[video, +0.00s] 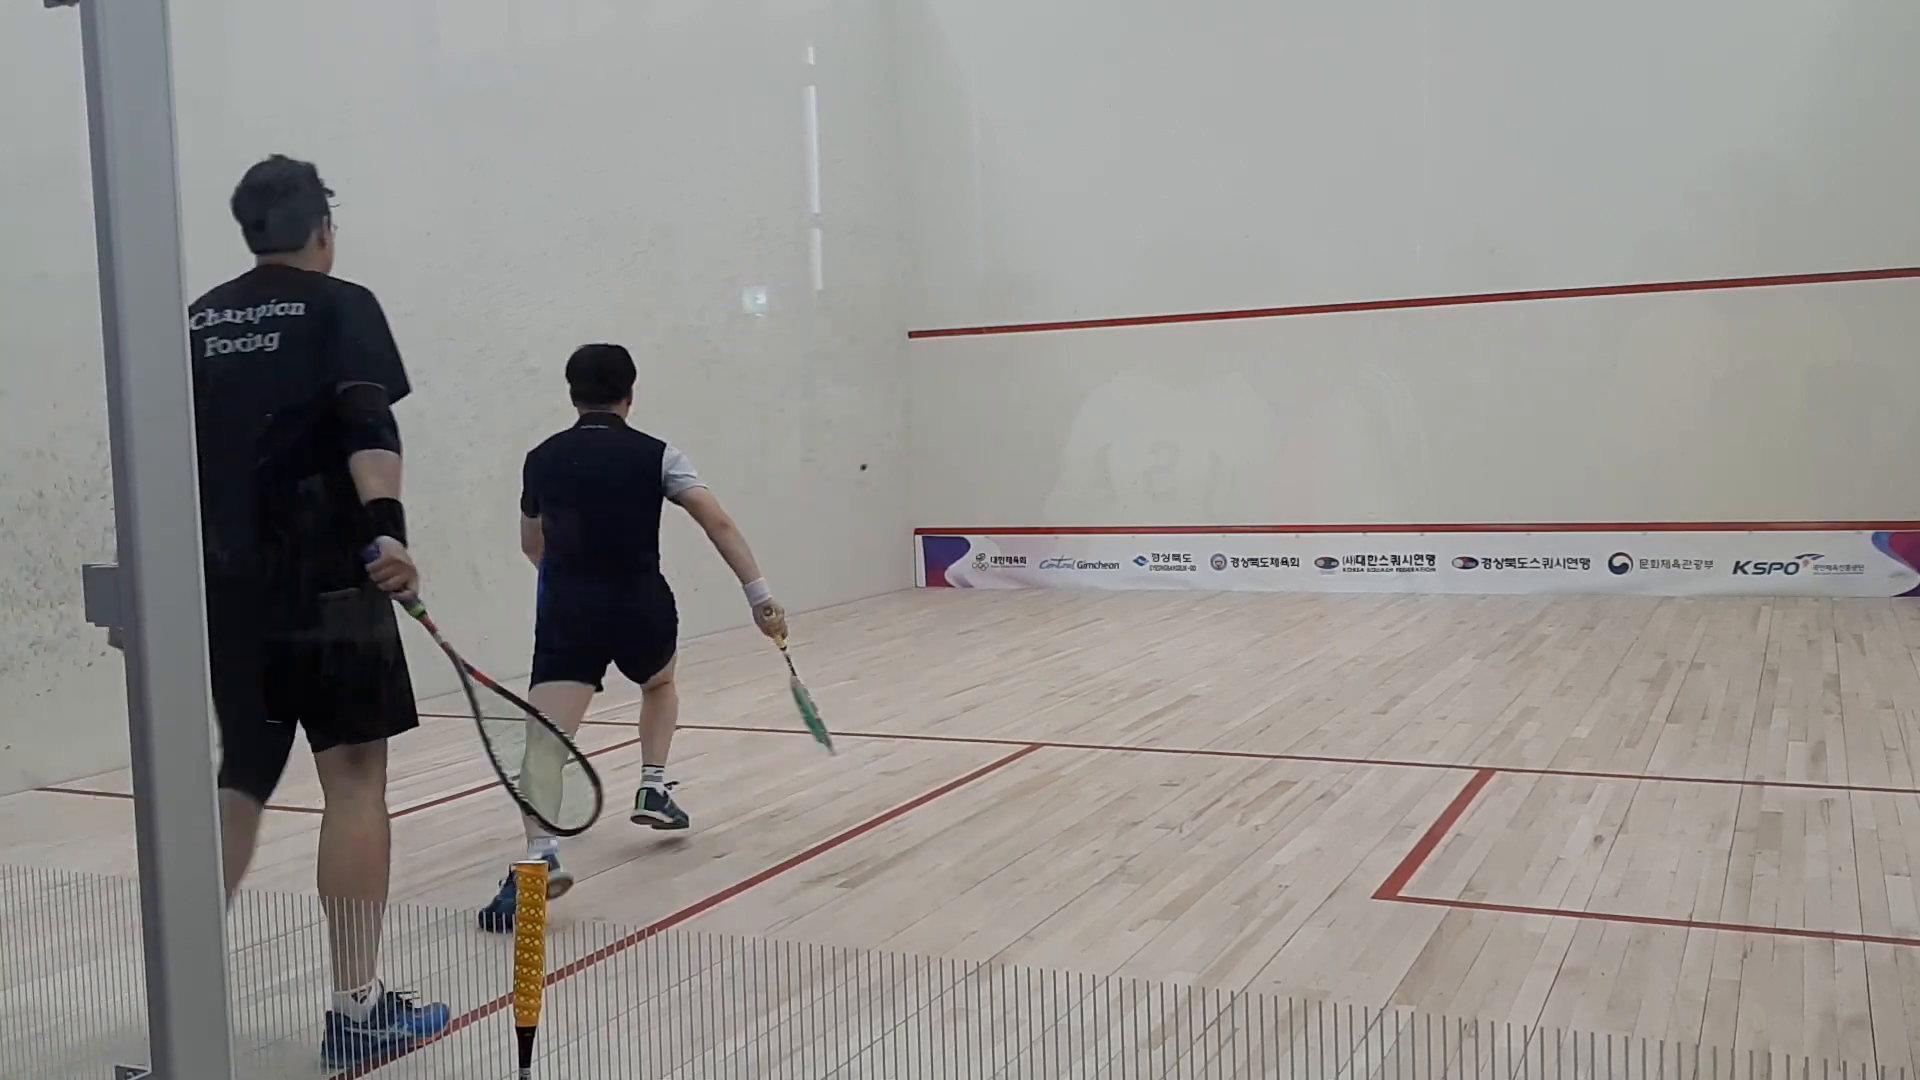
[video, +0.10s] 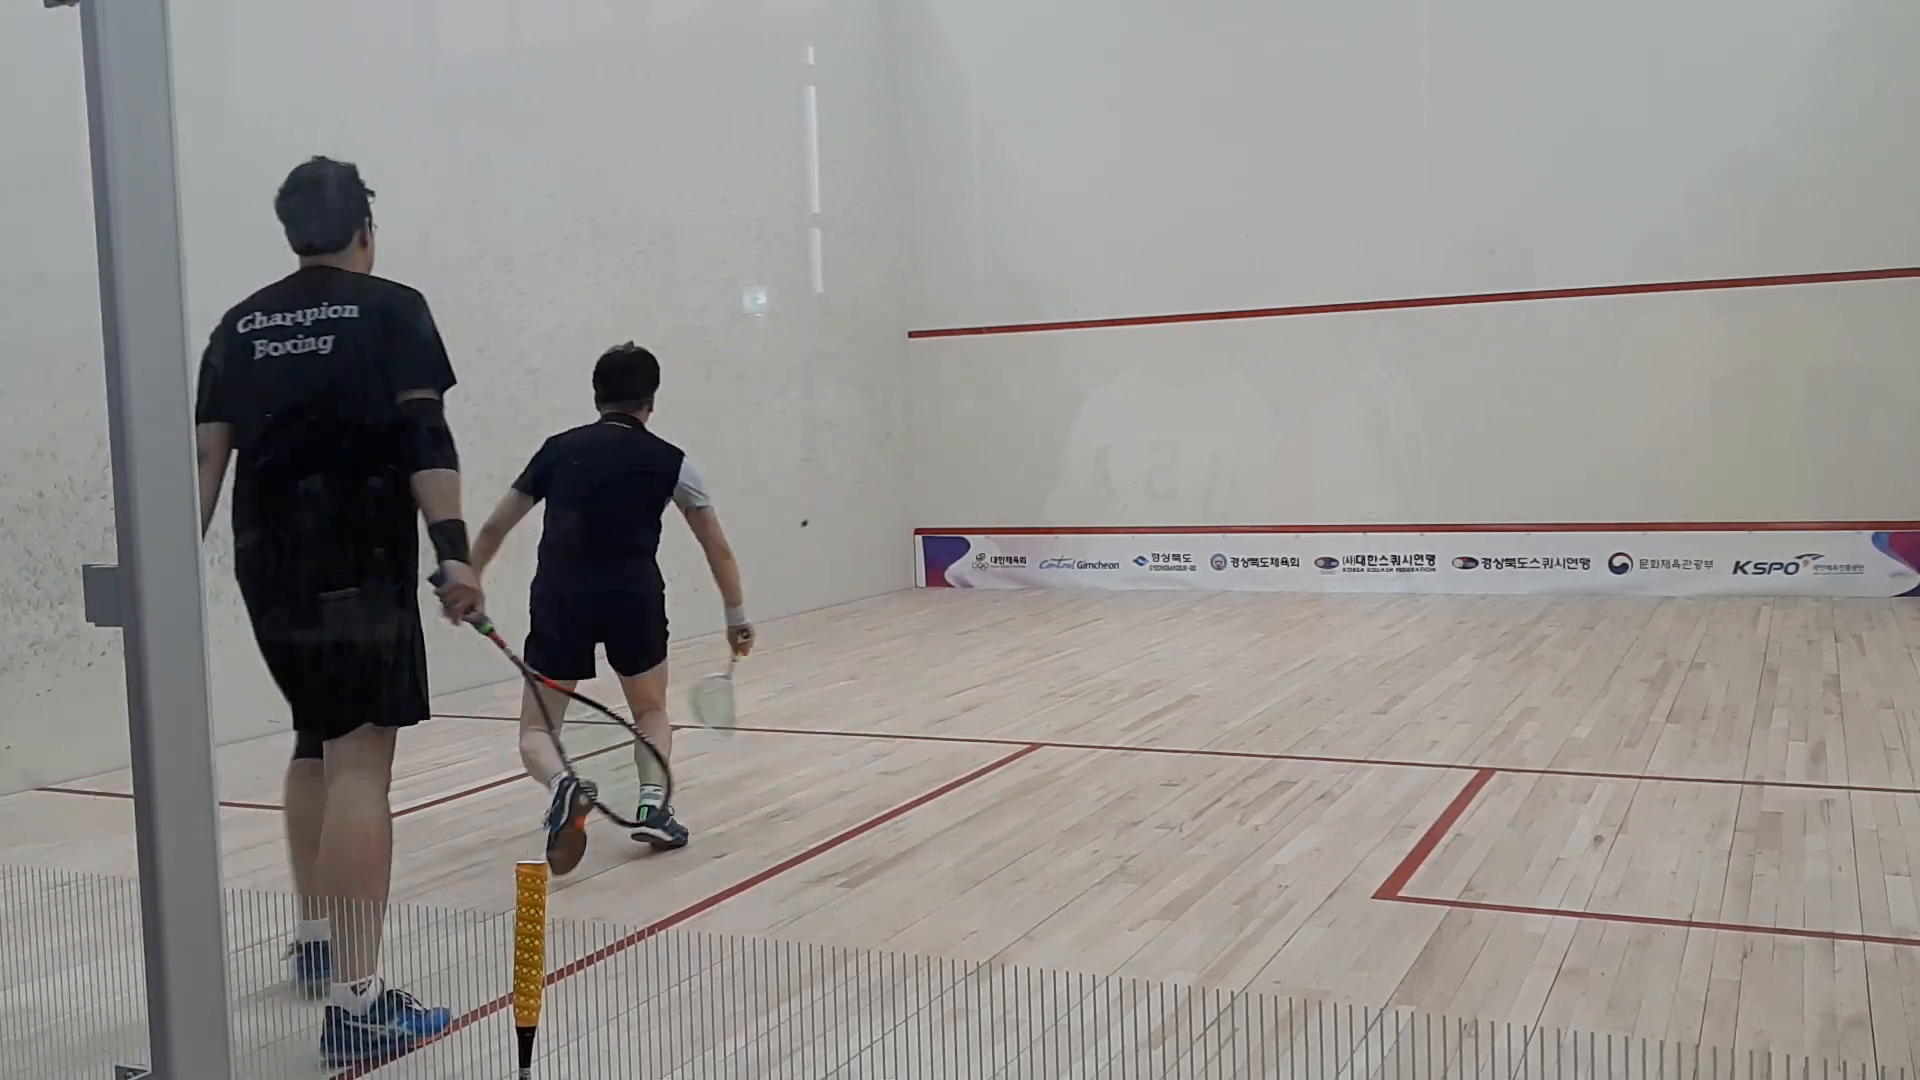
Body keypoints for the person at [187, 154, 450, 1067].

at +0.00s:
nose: (335, 235)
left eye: (327, 222)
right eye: (332, 222)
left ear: (249, 235)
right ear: (321, 229)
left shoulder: (194, 318)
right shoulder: (343, 307)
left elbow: (163, 454)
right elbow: (367, 429)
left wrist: (151, 580)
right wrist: (389, 534)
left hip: (226, 598)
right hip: (330, 592)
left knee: (242, 774)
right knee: (354, 781)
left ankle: (180, 982)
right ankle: (356, 1008)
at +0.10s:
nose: (375, 239)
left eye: (360, 227)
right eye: (374, 227)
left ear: (291, 234)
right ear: (365, 230)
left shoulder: (237, 327)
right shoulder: (394, 311)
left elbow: (202, 468)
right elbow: (426, 442)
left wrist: (165, 574)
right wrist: (455, 556)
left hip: (270, 578)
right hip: (366, 574)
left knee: (315, 743)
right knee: (362, 762)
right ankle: (358, 1000)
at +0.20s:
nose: (409, 246)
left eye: (391, 237)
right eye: (406, 236)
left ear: (327, 248)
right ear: (400, 241)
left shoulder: (281, 338)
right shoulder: (435, 322)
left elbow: (246, 473)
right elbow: (472, 451)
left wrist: (225, 589)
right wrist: (515, 568)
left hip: (313, 581)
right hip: (403, 576)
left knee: (389, 736)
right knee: (374, 759)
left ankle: (399, 901)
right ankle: (358, 984)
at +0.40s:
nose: (455, 235)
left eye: (443, 224)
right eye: (454, 224)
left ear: (379, 237)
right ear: (447, 231)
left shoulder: (341, 327)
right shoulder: (477, 308)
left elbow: (328, 459)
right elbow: (519, 434)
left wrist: (331, 560)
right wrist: (571, 531)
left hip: (390, 563)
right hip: (476, 554)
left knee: (430, 718)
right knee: (523, 709)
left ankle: (421, 896)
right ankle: (447, 863)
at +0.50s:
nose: (486, 226)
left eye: (476, 214)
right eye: (484, 215)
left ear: (413, 227)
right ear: (477, 221)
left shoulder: (376, 314)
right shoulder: (506, 297)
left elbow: (367, 450)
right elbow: (538, 424)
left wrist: (390, 541)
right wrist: (593, 514)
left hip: (425, 549)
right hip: (518, 539)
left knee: (433, 707)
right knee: (561, 682)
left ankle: (423, 893)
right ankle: (531, 853)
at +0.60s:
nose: (515, 245)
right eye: (516, 233)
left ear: (448, 240)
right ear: (512, 237)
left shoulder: (406, 325)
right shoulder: (538, 313)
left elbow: (402, 451)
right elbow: (571, 429)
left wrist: (443, 517)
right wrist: (627, 518)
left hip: (448, 550)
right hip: (548, 540)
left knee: (443, 707)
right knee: (582, 685)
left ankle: (425, 890)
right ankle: (609, 830)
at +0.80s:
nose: (579, 267)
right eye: (578, 259)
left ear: (514, 266)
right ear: (575, 263)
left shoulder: (478, 341)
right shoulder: (606, 336)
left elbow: (451, 449)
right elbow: (660, 437)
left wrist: (450, 511)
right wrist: (711, 511)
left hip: (514, 542)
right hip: (595, 537)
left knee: (516, 666)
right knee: (631, 662)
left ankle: (473, 803)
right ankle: (614, 821)